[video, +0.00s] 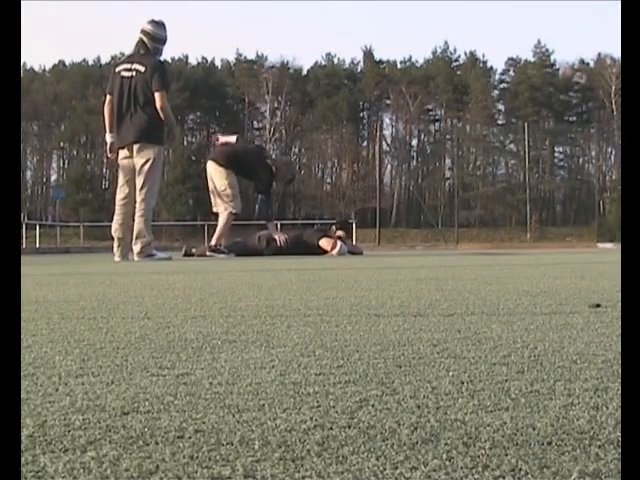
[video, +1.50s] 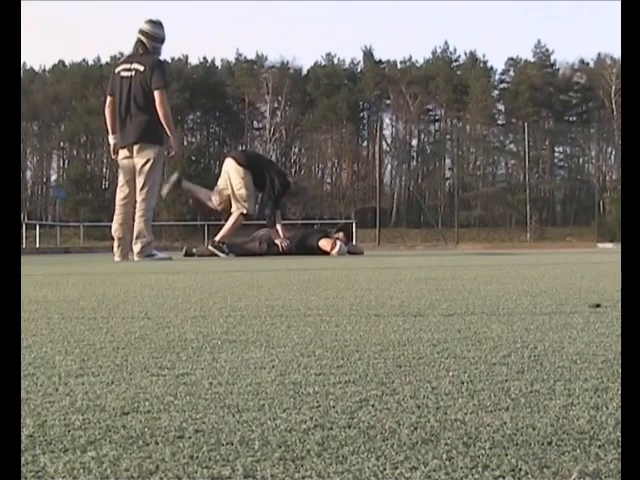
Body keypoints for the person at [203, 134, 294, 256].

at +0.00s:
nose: (282, 182)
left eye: (286, 180)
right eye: (285, 179)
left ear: (277, 163)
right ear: (280, 172)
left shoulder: (260, 152)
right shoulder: (266, 174)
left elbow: (238, 140)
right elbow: (264, 206)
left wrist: (222, 138)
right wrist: (274, 232)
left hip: (214, 160)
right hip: (223, 165)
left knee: (224, 208)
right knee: (231, 208)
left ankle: (222, 245)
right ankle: (214, 244)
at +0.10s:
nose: (285, 185)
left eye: (288, 184)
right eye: (287, 182)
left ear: (279, 167)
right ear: (282, 175)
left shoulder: (262, 153)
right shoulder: (266, 176)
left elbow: (244, 137)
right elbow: (265, 207)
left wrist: (228, 132)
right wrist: (275, 234)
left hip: (213, 159)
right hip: (223, 164)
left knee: (223, 207)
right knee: (233, 207)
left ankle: (213, 243)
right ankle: (215, 244)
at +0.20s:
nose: (283, 188)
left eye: (287, 185)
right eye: (286, 184)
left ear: (280, 168)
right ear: (282, 176)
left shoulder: (261, 153)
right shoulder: (267, 176)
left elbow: (236, 136)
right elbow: (264, 209)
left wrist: (233, 135)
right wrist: (275, 235)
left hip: (214, 158)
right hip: (224, 163)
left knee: (226, 200)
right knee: (235, 208)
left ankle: (205, 227)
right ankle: (216, 243)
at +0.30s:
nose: (282, 190)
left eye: (286, 188)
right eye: (286, 187)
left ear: (281, 170)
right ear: (283, 179)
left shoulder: (265, 159)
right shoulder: (268, 175)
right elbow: (266, 207)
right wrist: (275, 235)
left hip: (215, 158)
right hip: (226, 164)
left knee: (219, 202)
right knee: (234, 209)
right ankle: (215, 244)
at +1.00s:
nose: (291, 197)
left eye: (295, 195)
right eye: (294, 194)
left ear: (290, 183)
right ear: (291, 186)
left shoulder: (273, 180)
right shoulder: (276, 181)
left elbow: (269, 210)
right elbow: (273, 209)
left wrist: (275, 234)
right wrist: (278, 234)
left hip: (226, 161)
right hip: (233, 165)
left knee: (224, 205)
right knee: (236, 209)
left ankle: (190, 216)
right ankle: (215, 244)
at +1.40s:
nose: (288, 197)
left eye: (291, 195)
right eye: (291, 195)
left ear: (286, 183)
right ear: (289, 189)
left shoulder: (275, 178)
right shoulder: (277, 182)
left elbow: (277, 209)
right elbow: (271, 210)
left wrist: (281, 235)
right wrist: (277, 237)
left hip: (230, 161)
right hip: (239, 166)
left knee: (224, 206)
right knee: (240, 211)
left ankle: (188, 199)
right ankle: (217, 242)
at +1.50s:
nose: (286, 196)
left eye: (288, 194)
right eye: (288, 194)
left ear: (286, 182)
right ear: (288, 188)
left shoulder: (277, 180)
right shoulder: (277, 182)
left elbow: (277, 210)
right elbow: (268, 213)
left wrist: (282, 235)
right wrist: (277, 238)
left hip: (231, 161)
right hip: (239, 166)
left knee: (217, 203)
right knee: (241, 210)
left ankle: (182, 183)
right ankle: (218, 242)